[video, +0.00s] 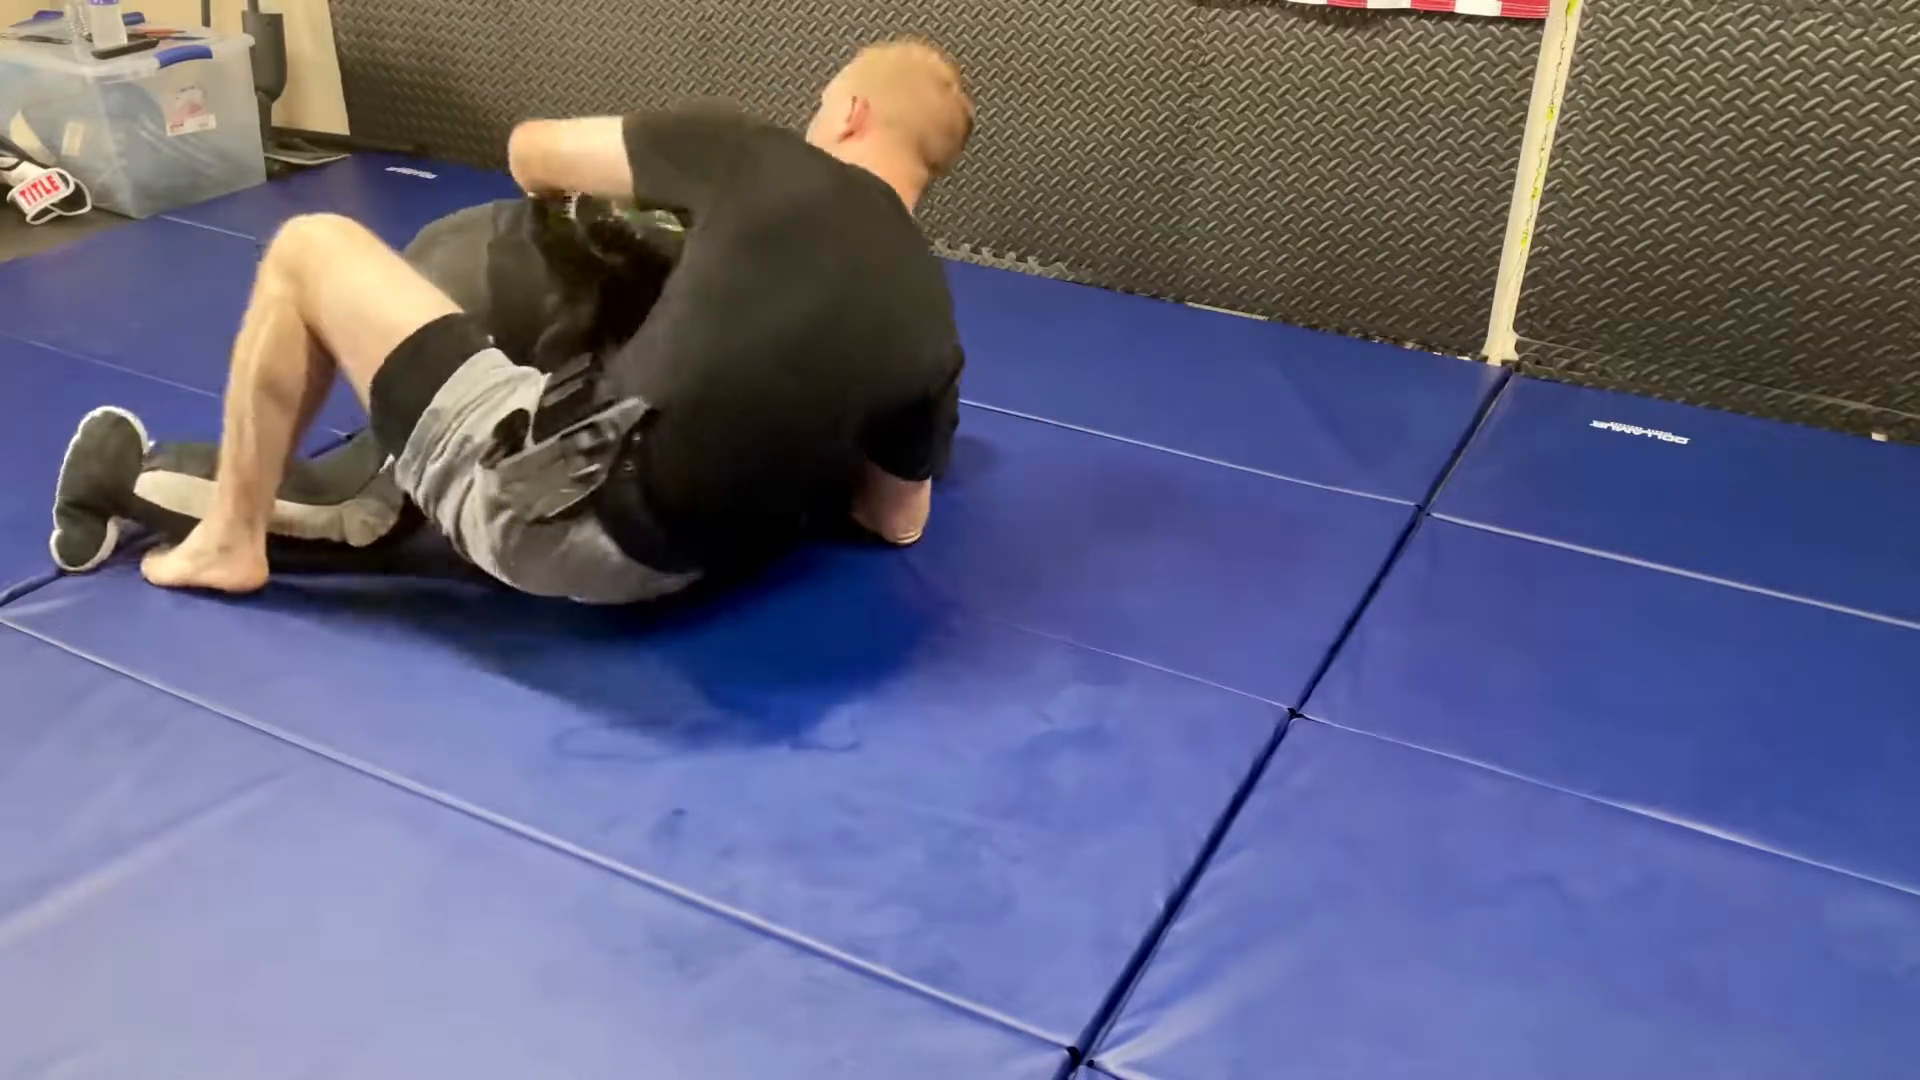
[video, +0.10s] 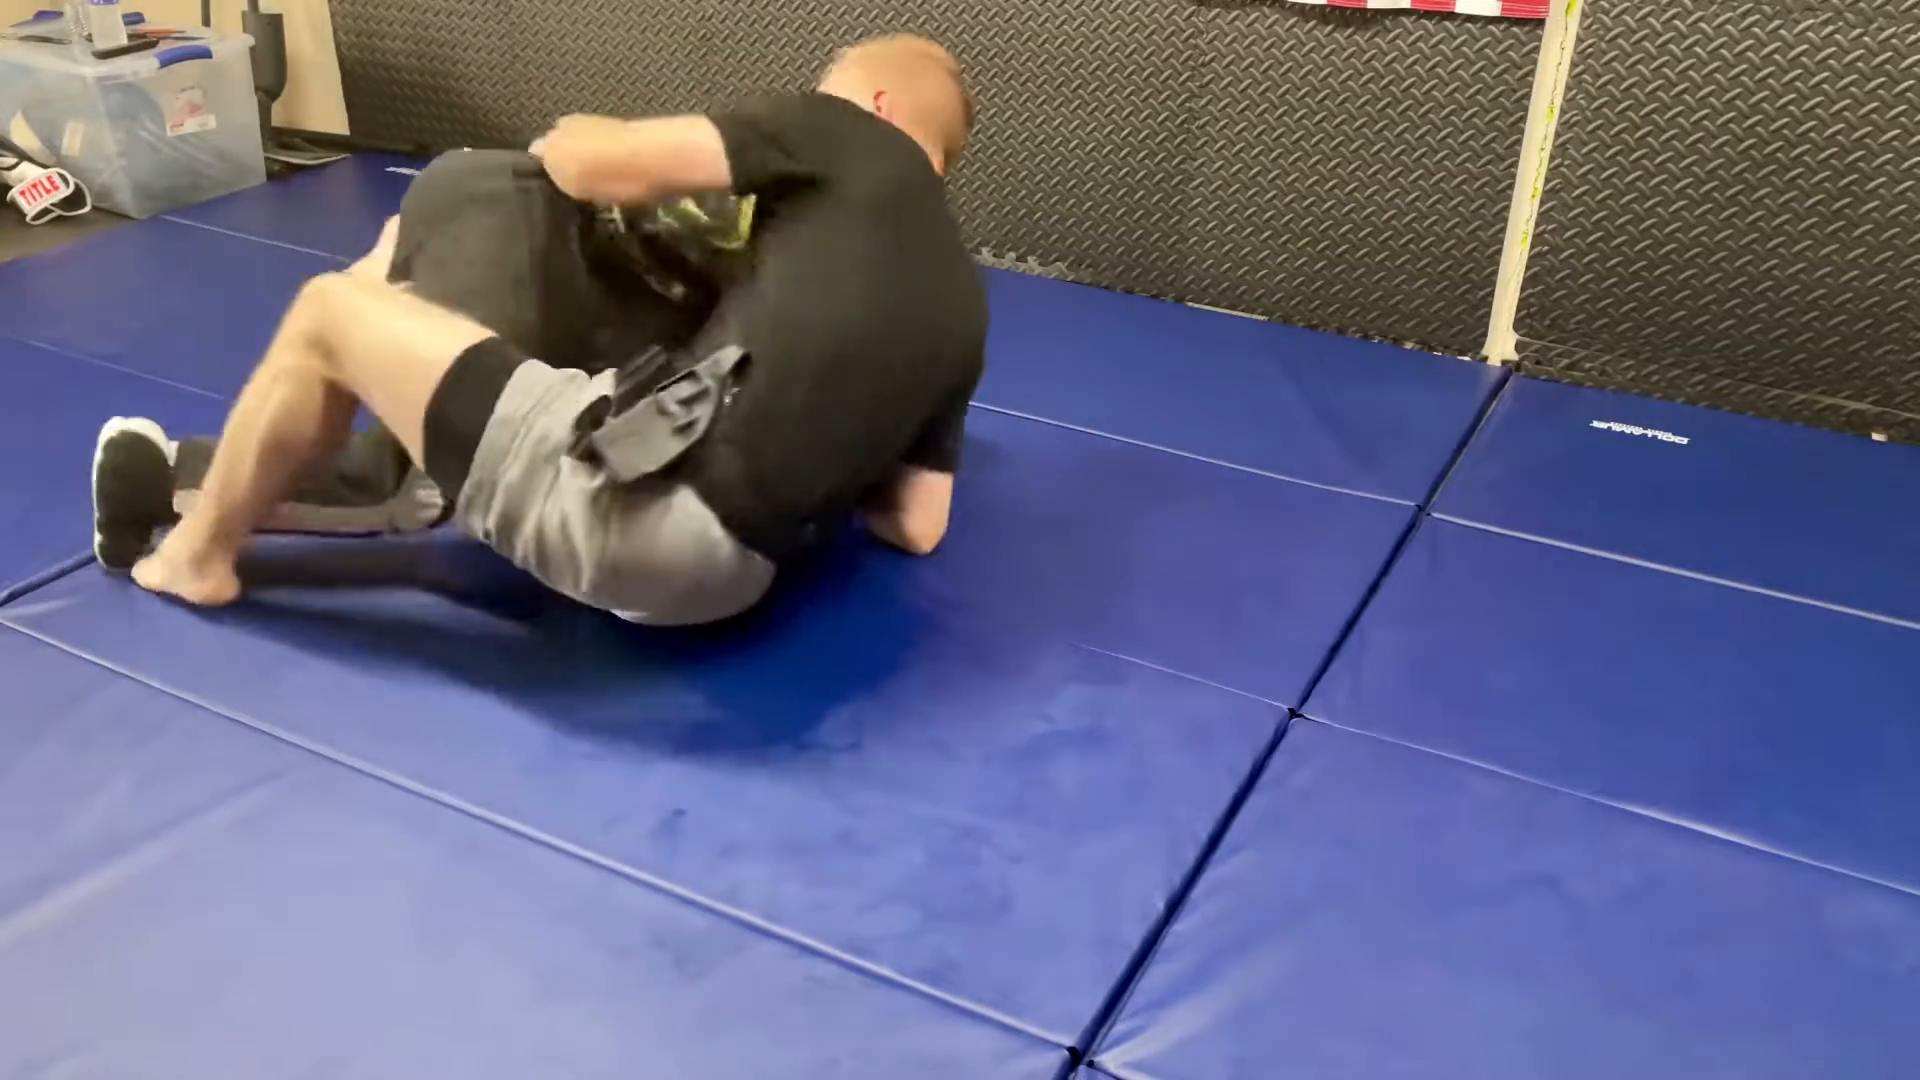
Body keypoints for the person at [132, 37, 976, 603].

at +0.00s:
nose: (819, 118)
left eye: (825, 103)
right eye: (826, 106)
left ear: (849, 109)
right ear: (936, 172)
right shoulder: (933, 327)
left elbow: (531, 150)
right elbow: (896, 518)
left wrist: (587, 205)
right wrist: (804, 423)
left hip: (556, 505)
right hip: (663, 572)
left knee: (307, 247)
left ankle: (229, 536)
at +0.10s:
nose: (817, 96)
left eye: (831, 87)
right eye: (826, 87)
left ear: (869, 92)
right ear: (951, 151)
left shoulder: (842, 131)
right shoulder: (962, 305)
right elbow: (918, 527)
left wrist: (573, 139)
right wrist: (837, 424)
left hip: (636, 492)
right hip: (728, 568)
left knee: (328, 307)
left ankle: (198, 555)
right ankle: (218, 505)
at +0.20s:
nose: (784, 134)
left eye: (806, 106)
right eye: (793, 109)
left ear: (881, 106)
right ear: (916, 131)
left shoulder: (875, 160)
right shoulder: (954, 296)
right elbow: (937, 526)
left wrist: (616, 231)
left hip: (734, 533)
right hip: (780, 561)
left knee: (375, 376)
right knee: (444, 472)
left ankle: (195, 615)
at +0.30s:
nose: (770, 144)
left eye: (795, 115)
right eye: (771, 122)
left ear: (888, 125)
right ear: (868, 130)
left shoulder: (897, 195)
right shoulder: (891, 239)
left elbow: (864, 364)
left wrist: (666, 401)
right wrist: (666, 387)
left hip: (804, 570)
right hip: (770, 549)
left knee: (458, 445)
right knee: (507, 432)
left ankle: (207, 722)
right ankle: (310, 431)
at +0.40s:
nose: (749, 133)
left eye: (777, 104)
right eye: (746, 110)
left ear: (872, 111)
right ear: (825, 123)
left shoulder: (900, 190)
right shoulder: (839, 261)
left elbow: (895, 354)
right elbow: (832, 421)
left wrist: (690, 439)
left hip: (836, 587)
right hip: (762, 548)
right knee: (557, 413)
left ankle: (233, 766)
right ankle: (241, 459)